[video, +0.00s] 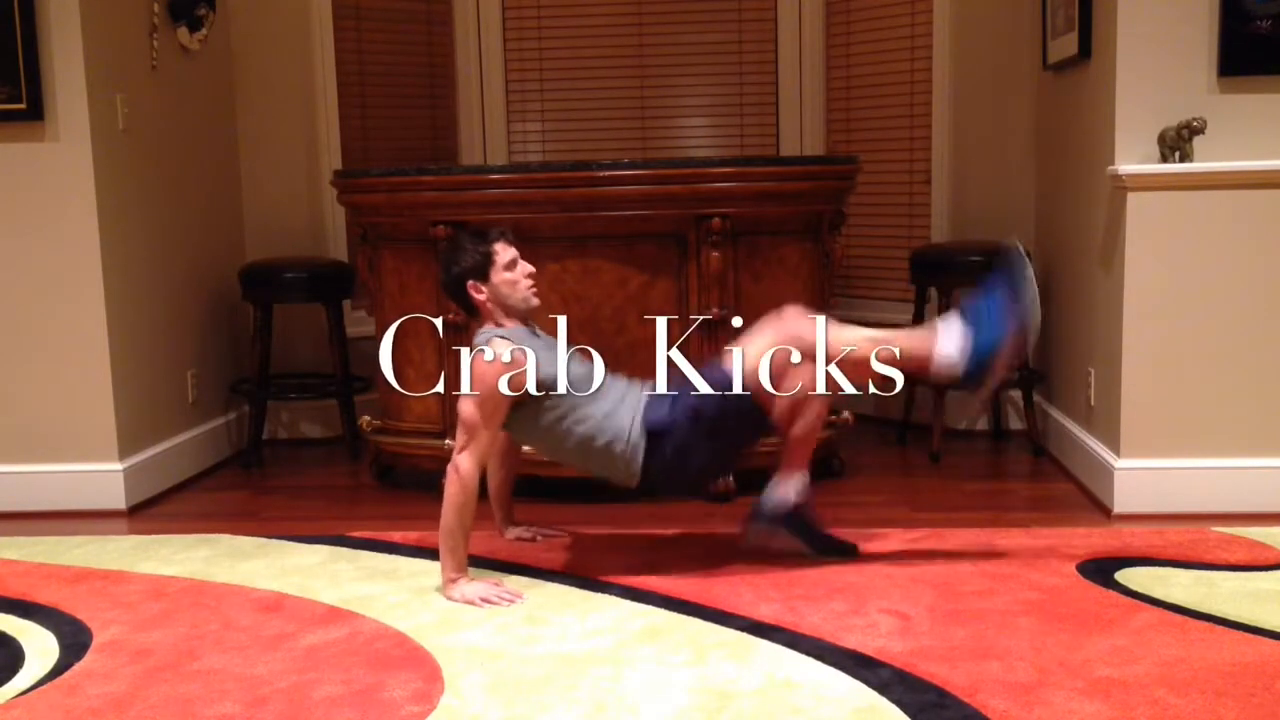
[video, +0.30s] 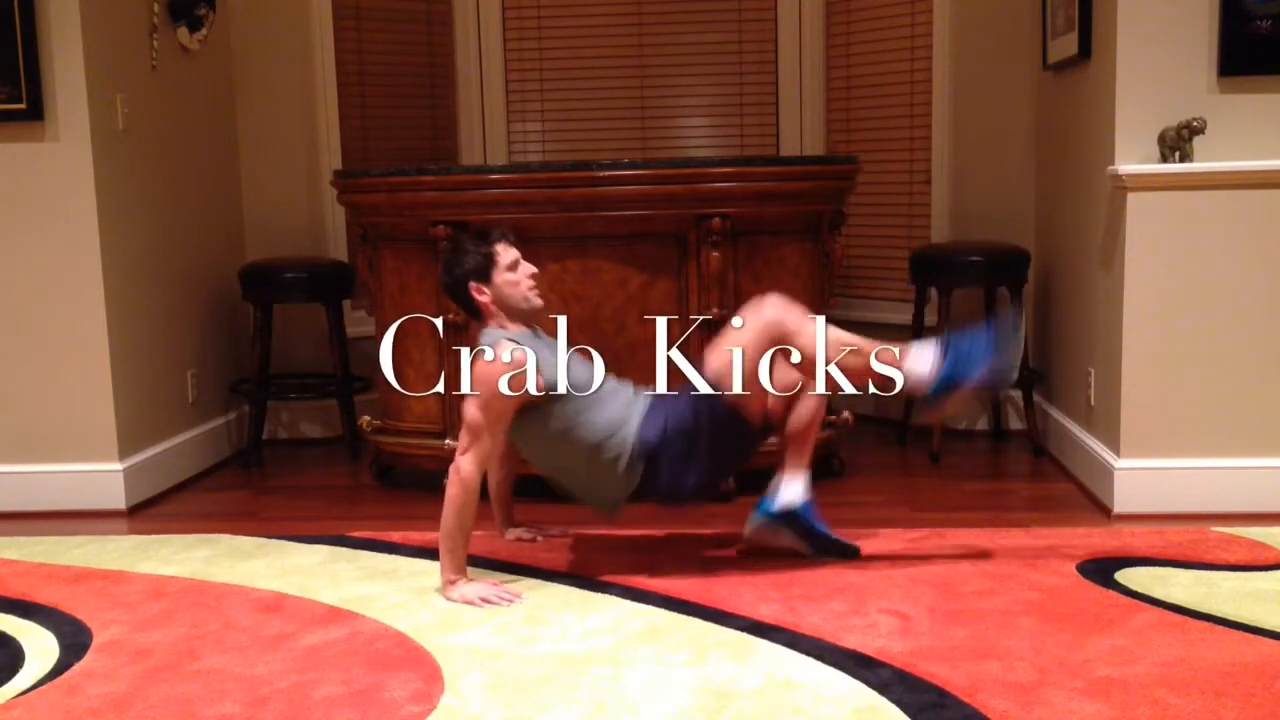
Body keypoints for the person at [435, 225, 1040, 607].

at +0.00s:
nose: (528, 272)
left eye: (523, 262)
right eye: (512, 268)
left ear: (509, 281)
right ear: (480, 294)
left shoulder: (522, 342)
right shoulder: (496, 360)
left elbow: (503, 441)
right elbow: (462, 466)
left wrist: (503, 523)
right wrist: (453, 577)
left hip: (668, 420)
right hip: (661, 446)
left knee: (803, 341)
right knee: (795, 333)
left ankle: (783, 503)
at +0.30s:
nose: (532, 273)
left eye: (525, 262)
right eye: (515, 268)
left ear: (507, 284)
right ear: (483, 295)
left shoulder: (525, 345)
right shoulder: (499, 361)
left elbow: (501, 443)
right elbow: (464, 467)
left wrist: (502, 523)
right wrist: (452, 577)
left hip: (669, 431)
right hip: (661, 449)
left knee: (811, 353)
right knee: (775, 316)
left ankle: (785, 500)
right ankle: (921, 366)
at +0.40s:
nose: (523, 268)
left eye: (517, 258)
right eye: (507, 263)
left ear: (486, 283)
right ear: (474, 287)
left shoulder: (508, 335)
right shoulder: (490, 356)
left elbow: (497, 440)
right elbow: (465, 462)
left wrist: (502, 523)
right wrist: (452, 576)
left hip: (663, 410)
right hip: (667, 440)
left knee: (781, 301)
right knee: (792, 309)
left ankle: (865, 434)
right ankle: (843, 465)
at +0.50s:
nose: (526, 272)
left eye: (521, 262)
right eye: (511, 266)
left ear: (498, 282)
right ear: (478, 290)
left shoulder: (515, 340)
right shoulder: (492, 358)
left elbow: (498, 442)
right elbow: (463, 466)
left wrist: (501, 524)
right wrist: (452, 577)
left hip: (656, 407)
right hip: (651, 445)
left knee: (775, 313)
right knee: (806, 366)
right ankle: (789, 513)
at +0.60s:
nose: (538, 274)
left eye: (529, 264)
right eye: (520, 270)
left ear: (506, 294)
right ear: (492, 300)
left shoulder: (530, 345)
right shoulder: (505, 369)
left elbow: (500, 439)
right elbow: (464, 466)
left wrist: (502, 525)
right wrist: (451, 578)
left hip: (651, 450)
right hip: (643, 479)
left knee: (792, 376)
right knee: (781, 382)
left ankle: (897, 294)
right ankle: (775, 528)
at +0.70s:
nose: (535, 276)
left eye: (527, 266)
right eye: (518, 273)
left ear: (508, 292)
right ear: (489, 302)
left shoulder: (528, 346)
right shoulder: (503, 364)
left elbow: (500, 441)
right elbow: (463, 464)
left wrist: (501, 524)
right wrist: (450, 577)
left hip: (647, 448)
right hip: (640, 477)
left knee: (771, 348)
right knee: (784, 376)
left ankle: (912, 314)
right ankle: (775, 528)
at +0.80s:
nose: (523, 273)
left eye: (517, 264)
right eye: (507, 268)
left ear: (494, 286)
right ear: (475, 293)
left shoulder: (511, 342)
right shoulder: (490, 360)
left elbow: (494, 442)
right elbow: (458, 465)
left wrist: (500, 526)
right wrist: (451, 577)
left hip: (653, 412)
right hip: (648, 447)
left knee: (758, 303)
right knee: (811, 374)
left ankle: (896, 364)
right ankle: (785, 523)